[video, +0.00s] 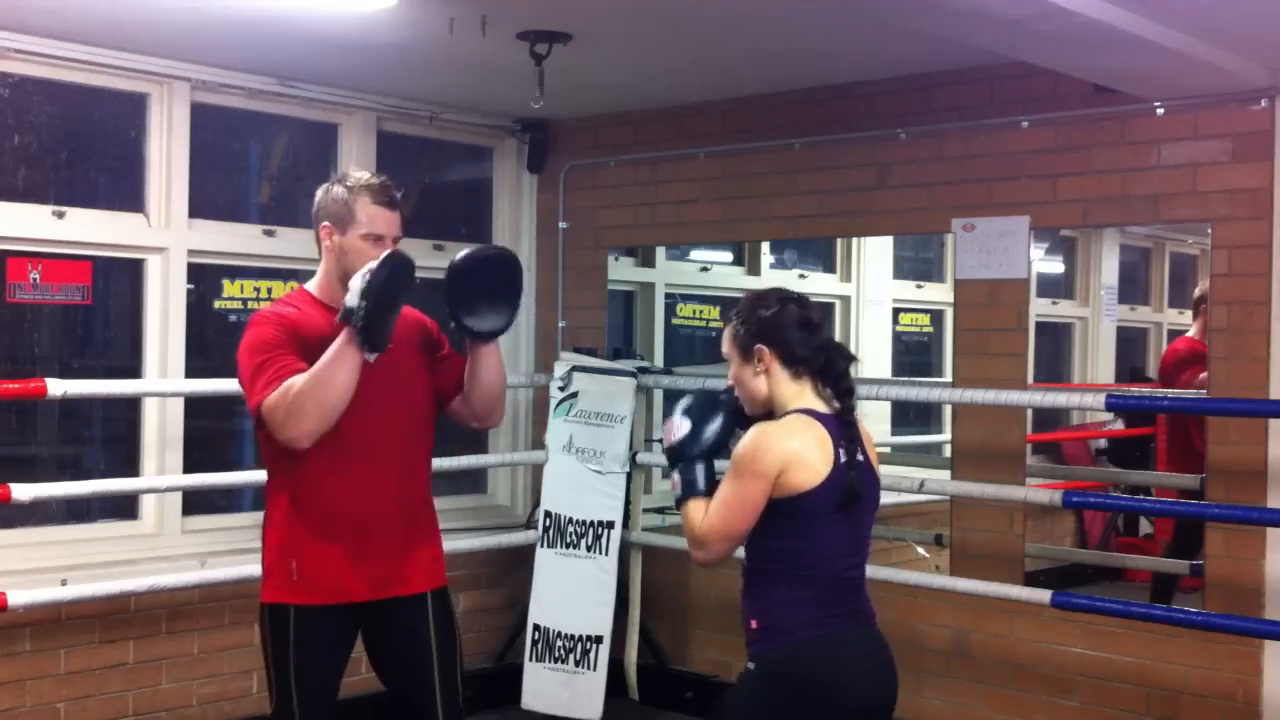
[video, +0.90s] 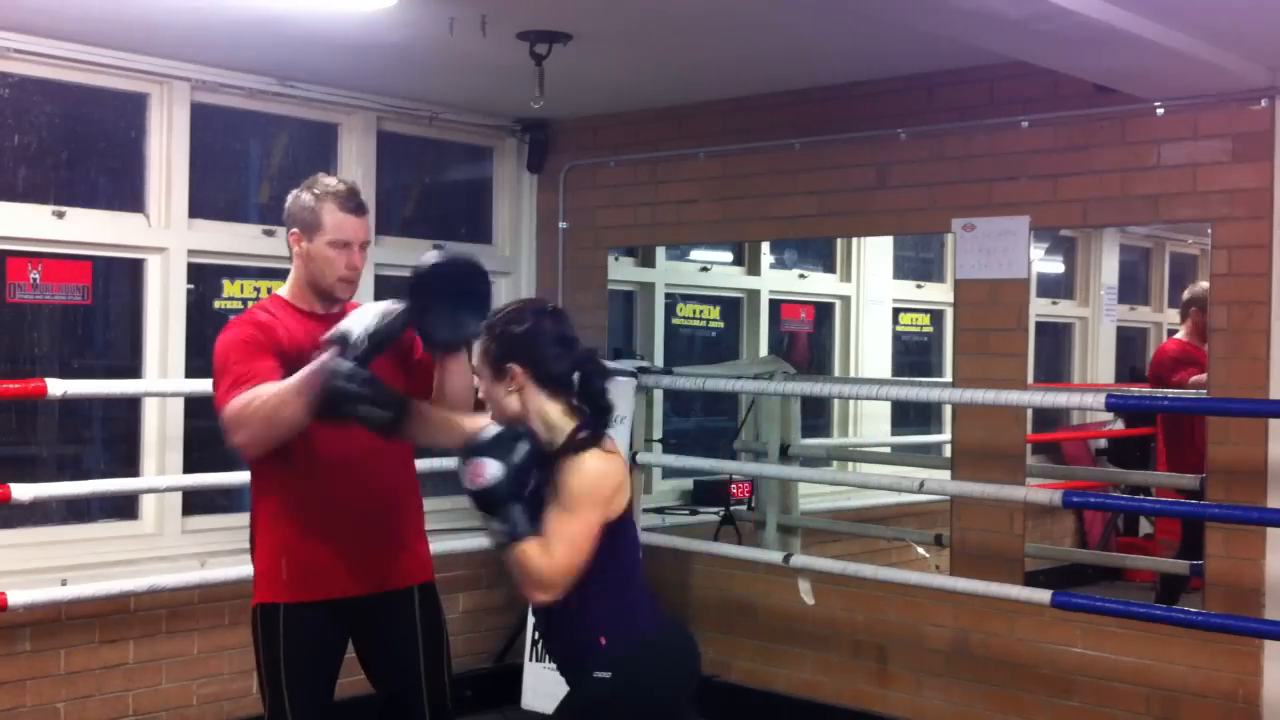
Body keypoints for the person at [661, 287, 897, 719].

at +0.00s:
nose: (729, 379)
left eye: (731, 362)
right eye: (727, 363)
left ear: (763, 360)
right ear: (809, 357)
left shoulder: (769, 443)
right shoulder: (858, 433)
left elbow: (705, 546)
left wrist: (689, 462)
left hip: (791, 676)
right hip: (864, 665)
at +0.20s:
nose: (701, 386)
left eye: (699, 370)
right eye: (697, 372)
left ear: (722, 363)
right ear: (774, 358)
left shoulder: (723, 437)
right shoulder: (814, 440)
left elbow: (629, 473)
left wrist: (619, 451)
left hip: (723, 662)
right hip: (800, 659)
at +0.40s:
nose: (651, 368)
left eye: (650, 357)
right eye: (648, 357)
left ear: (667, 354)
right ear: (725, 351)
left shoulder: (642, 423)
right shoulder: (772, 440)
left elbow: (525, 447)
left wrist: (533, 408)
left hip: (663, 649)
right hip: (746, 651)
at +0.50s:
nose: (632, 370)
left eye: (631, 359)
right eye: (630, 360)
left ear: (646, 357)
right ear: (708, 358)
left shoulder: (612, 421)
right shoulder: (749, 446)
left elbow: (501, 411)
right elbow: (746, 524)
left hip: (618, 654)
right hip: (708, 657)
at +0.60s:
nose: (582, 363)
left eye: (585, 354)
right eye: (584, 353)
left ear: (598, 364)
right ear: (654, 363)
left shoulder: (563, 422)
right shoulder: (696, 452)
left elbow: (492, 405)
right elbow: (738, 531)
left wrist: (509, 348)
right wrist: (696, 496)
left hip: (592, 669)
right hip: (680, 668)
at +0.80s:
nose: (493, 378)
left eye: (498, 363)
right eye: (492, 363)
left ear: (534, 364)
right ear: (536, 366)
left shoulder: (601, 449)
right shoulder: (540, 434)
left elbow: (592, 573)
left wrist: (523, 514)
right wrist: (506, 475)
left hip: (639, 674)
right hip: (599, 666)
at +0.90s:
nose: (479, 393)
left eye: (482, 378)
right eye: (477, 380)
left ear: (515, 379)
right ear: (517, 380)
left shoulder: (590, 465)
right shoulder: (541, 443)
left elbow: (542, 584)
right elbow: (453, 427)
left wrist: (502, 506)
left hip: (630, 677)